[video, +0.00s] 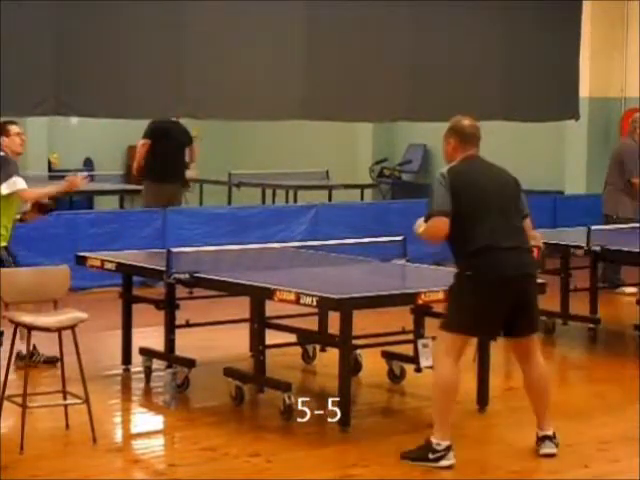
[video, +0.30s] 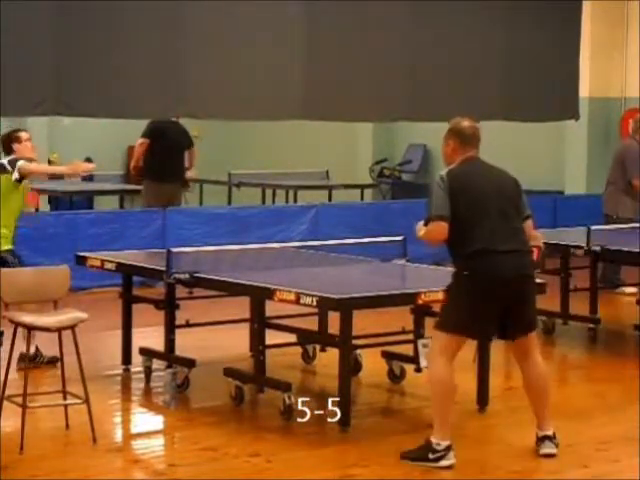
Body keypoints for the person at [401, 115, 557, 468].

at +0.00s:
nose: (443, 150)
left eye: (444, 145)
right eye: (445, 145)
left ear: (452, 144)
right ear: (477, 144)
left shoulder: (448, 177)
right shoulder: (506, 176)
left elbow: (439, 230)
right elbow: (529, 233)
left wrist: (421, 229)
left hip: (479, 276)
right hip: (522, 275)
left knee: (447, 353)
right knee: (529, 354)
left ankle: (439, 443)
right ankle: (546, 434)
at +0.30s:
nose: (442, 152)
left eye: (443, 147)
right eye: (444, 147)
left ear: (451, 146)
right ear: (477, 146)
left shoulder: (447, 179)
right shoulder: (507, 178)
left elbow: (439, 232)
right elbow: (531, 235)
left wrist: (422, 231)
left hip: (476, 276)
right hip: (520, 275)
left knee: (441, 355)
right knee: (528, 354)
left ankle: (439, 444)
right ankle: (546, 434)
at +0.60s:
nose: (448, 162)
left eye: (449, 156)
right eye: (449, 156)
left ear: (457, 153)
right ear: (482, 152)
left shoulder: (455, 185)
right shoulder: (516, 182)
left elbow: (449, 239)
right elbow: (543, 233)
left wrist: (433, 234)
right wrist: (509, 231)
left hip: (494, 271)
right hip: (535, 268)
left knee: (462, 353)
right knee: (536, 353)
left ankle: (447, 442)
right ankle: (548, 436)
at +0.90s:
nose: (451, 170)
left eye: (451, 164)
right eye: (452, 165)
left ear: (459, 162)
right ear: (484, 162)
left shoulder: (452, 190)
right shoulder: (514, 189)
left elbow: (439, 249)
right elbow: (538, 241)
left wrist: (448, 257)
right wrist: (507, 249)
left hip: (489, 274)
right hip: (531, 271)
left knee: (454, 358)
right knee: (534, 354)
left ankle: (453, 447)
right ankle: (547, 436)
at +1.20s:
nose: (479, 176)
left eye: (479, 171)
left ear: (483, 170)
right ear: (512, 172)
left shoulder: (471, 192)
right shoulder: (526, 201)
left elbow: (429, 228)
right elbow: (545, 250)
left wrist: (431, 238)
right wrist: (546, 246)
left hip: (485, 286)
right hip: (529, 285)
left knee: (442, 359)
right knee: (533, 348)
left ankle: (453, 448)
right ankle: (545, 416)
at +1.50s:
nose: (501, 181)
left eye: (501, 177)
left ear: (504, 177)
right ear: (533, 179)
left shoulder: (503, 195)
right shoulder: (541, 202)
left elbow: (485, 223)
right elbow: (534, 241)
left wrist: (458, 245)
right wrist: (488, 237)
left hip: (519, 280)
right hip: (556, 280)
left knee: (491, 353)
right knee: (550, 342)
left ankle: (466, 440)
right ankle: (547, 415)